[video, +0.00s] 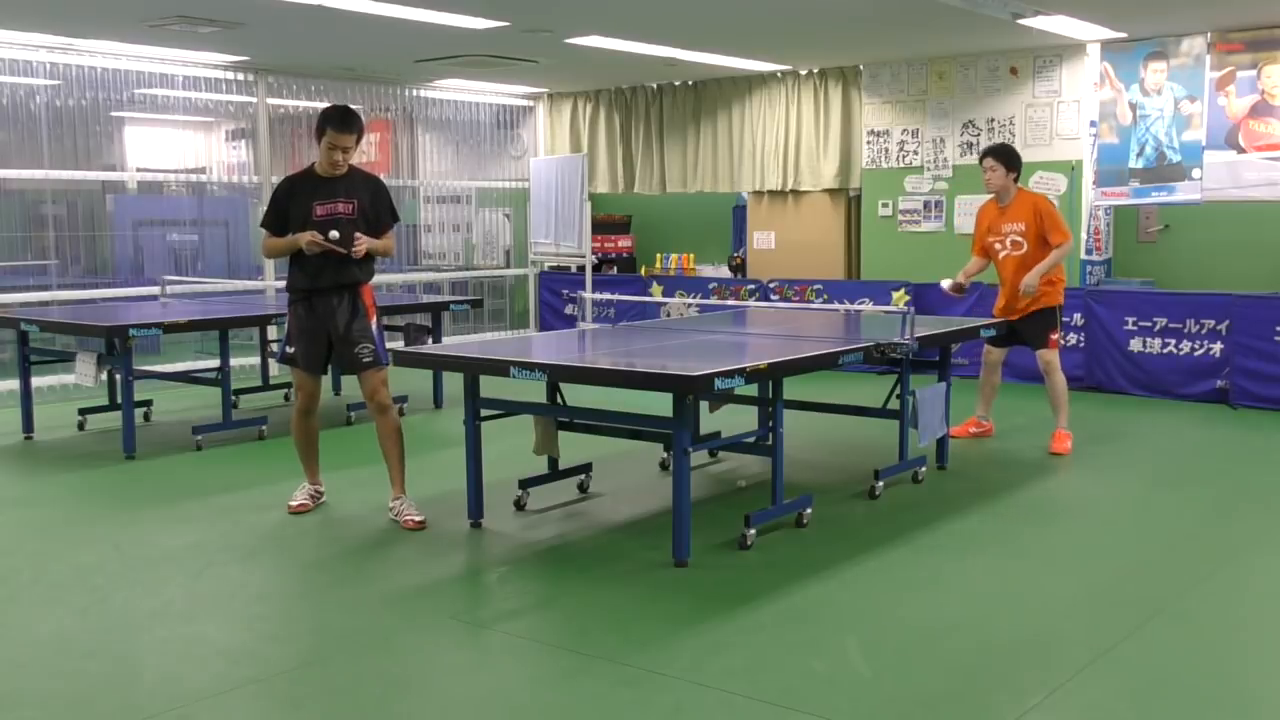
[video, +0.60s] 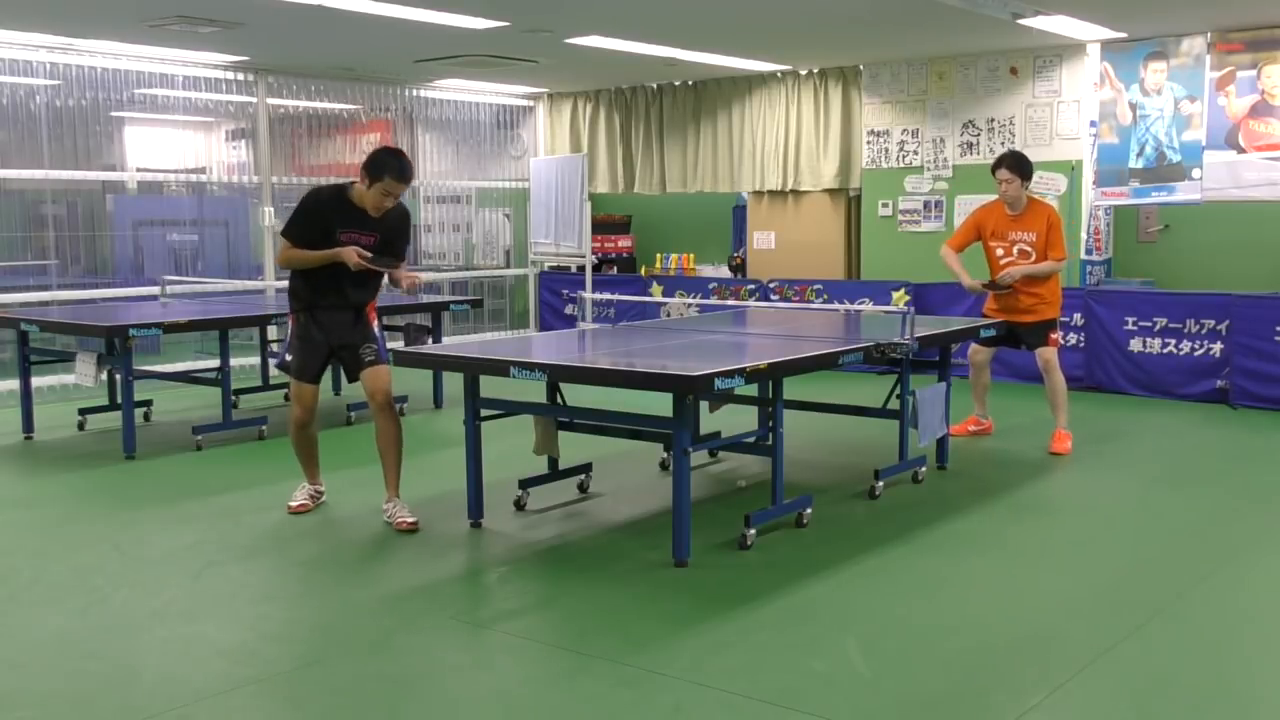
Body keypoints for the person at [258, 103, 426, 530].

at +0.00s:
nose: (340, 158)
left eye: (348, 150)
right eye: (333, 148)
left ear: (358, 146)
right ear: (317, 141)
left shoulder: (371, 187)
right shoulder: (290, 189)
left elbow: (390, 246)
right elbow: (269, 247)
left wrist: (371, 244)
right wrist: (298, 241)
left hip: (356, 303)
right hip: (307, 305)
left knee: (381, 399)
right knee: (305, 401)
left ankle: (399, 496)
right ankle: (312, 484)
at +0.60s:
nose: (390, 204)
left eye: (397, 197)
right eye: (385, 195)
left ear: (404, 191)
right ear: (364, 181)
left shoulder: (397, 218)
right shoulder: (321, 200)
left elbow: (392, 267)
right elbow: (284, 257)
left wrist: (401, 276)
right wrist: (338, 254)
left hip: (359, 316)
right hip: (310, 316)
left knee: (383, 397)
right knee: (301, 415)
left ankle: (393, 500)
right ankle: (313, 486)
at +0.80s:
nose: (423, 262)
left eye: (430, 256)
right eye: (419, 253)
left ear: (435, 248)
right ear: (397, 236)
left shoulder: (423, 262)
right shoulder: (352, 240)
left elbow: (414, 318)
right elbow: (326, 305)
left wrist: (433, 323)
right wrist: (387, 292)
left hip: (377, 338)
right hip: (328, 336)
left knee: (402, 413)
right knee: (298, 437)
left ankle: (394, 501)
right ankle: (314, 482)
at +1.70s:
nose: (410, 206)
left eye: (415, 198)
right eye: (402, 196)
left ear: (419, 200)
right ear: (378, 194)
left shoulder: (419, 232)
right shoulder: (344, 225)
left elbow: (436, 282)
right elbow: (340, 290)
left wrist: (453, 277)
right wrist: (391, 264)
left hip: (386, 338)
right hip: (337, 336)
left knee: (407, 421)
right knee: (287, 428)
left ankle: (394, 502)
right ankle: (277, 485)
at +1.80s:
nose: (386, 186)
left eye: (392, 178)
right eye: (379, 177)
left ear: (396, 181)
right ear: (355, 177)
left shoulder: (401, 213)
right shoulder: (327, 217)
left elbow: (435, 244)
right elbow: (318, 281)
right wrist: (364, 262)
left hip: (380, 332)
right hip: (332, 330)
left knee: (404, 419)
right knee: (287, 423)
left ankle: (394, 502)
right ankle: (276, 487)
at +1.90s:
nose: (364, 170)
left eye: (370, 163)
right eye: (356, 161)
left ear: (376, 170)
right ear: (334, 166)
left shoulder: (384, 203)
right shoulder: (310, 213)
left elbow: (422, 207)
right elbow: (295, 275)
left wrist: (425, 169)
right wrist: (324, 285)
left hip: (372, 324)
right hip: (325, 326)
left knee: (399, 414)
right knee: (285, 419)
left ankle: (394, 502)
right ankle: (275, 486)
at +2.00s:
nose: (344, 159)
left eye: (351, 152)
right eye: (335, 150)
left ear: (357, 160)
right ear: (316, 157)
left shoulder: (370, 196)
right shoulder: (295, 212)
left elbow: (412, 193)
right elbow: (283, 275)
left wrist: (420, 160)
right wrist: (288, 320)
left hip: (363, 320)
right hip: (314, 322)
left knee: (393, 410)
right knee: (282, 418)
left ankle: (394, 501)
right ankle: (274, 487)